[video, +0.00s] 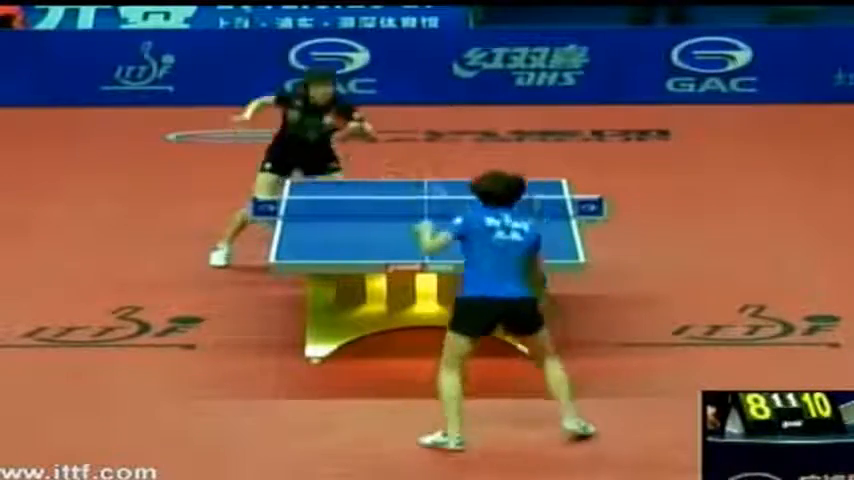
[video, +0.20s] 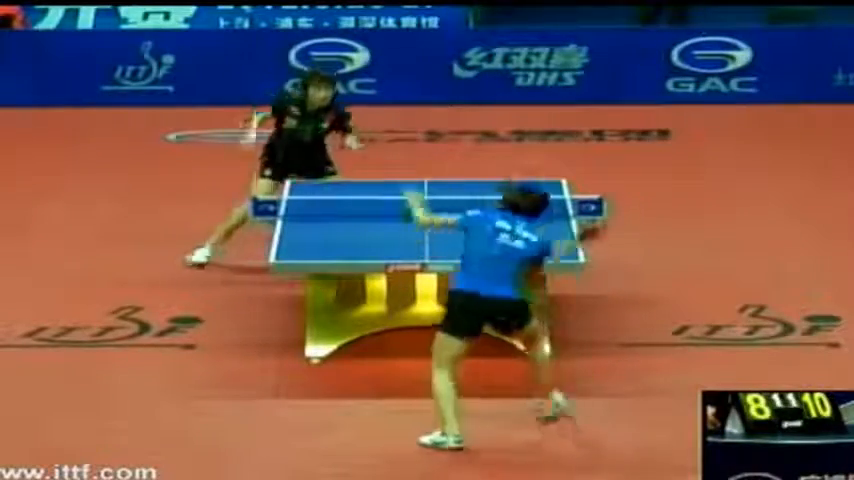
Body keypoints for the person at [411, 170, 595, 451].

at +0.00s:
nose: (477, 198)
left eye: (480, 194)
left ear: (483, 197)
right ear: (514, 199)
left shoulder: (470, 221)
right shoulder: (527, 228)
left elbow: (431, 248)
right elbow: (537, 274)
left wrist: (425, 235)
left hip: (476, 301)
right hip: (519, 302)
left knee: (451, 365)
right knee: (548, 357)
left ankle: (452, 434)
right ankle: (571, 418)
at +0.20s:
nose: (503, 198)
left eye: (507, 195)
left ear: (507, 202)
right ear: (535, 212)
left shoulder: (479, 219)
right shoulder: (536, 240)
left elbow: (428, 221)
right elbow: (538, 286)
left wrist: (416, 207)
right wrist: (545, 323)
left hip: (467, 300)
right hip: (507, 303)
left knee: (442, 365)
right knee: (537, 342)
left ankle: (450, 432)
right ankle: (550, 399)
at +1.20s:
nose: (472, 204)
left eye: (474, 200)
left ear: (479, 202)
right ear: (512, 202)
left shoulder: (471, 223)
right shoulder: (526, 226)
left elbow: (435, 259)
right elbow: (551, 266)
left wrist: (429, 257)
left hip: (479, 302)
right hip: (523, 302)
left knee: (451, 366)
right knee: (548, 360)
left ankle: (443, 434)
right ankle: (571, 421)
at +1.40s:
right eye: (527, 209)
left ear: (491, 216)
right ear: (525, 217)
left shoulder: (478, 244)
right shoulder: (540, 248)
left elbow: (450, 277)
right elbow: (559, 285)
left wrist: (452, 310)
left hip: (479, 323)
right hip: (524, 325)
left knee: (436, 384)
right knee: (563, 385)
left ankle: (404, 449)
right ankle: (595, 450)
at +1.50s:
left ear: (499, 231)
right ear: (535, 234)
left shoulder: (477, 256)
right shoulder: (538, 262)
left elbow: (446, 293)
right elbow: (564, 293)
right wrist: (559, 266)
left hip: (469, 342)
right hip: (515, 345)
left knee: (427, 393)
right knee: (567, 391)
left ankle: (403, 459)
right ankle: (599, 460)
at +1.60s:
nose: (539, 262)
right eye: (538, 257)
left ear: (507, 247)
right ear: (532, 258)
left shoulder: (481, 262)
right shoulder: (523, 282)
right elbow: (562, 296)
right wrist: (563, 266)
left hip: (424, 333)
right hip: (463, 342)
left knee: (388, 391)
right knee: (527, 394)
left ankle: (357, 448)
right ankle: (554, 457)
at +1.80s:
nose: (516, 337)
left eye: (516, 331)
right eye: (517, 332)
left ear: (491, 312)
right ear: (508, 331)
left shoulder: (458, 310)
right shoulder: (476, 344)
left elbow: (426, 290)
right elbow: (478, 382)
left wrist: (401, 273)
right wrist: (508, 368)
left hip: (359, 358)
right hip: (389, 373)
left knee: (359, 418)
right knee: (473, 405)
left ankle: (296, 459)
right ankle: (500, 471)